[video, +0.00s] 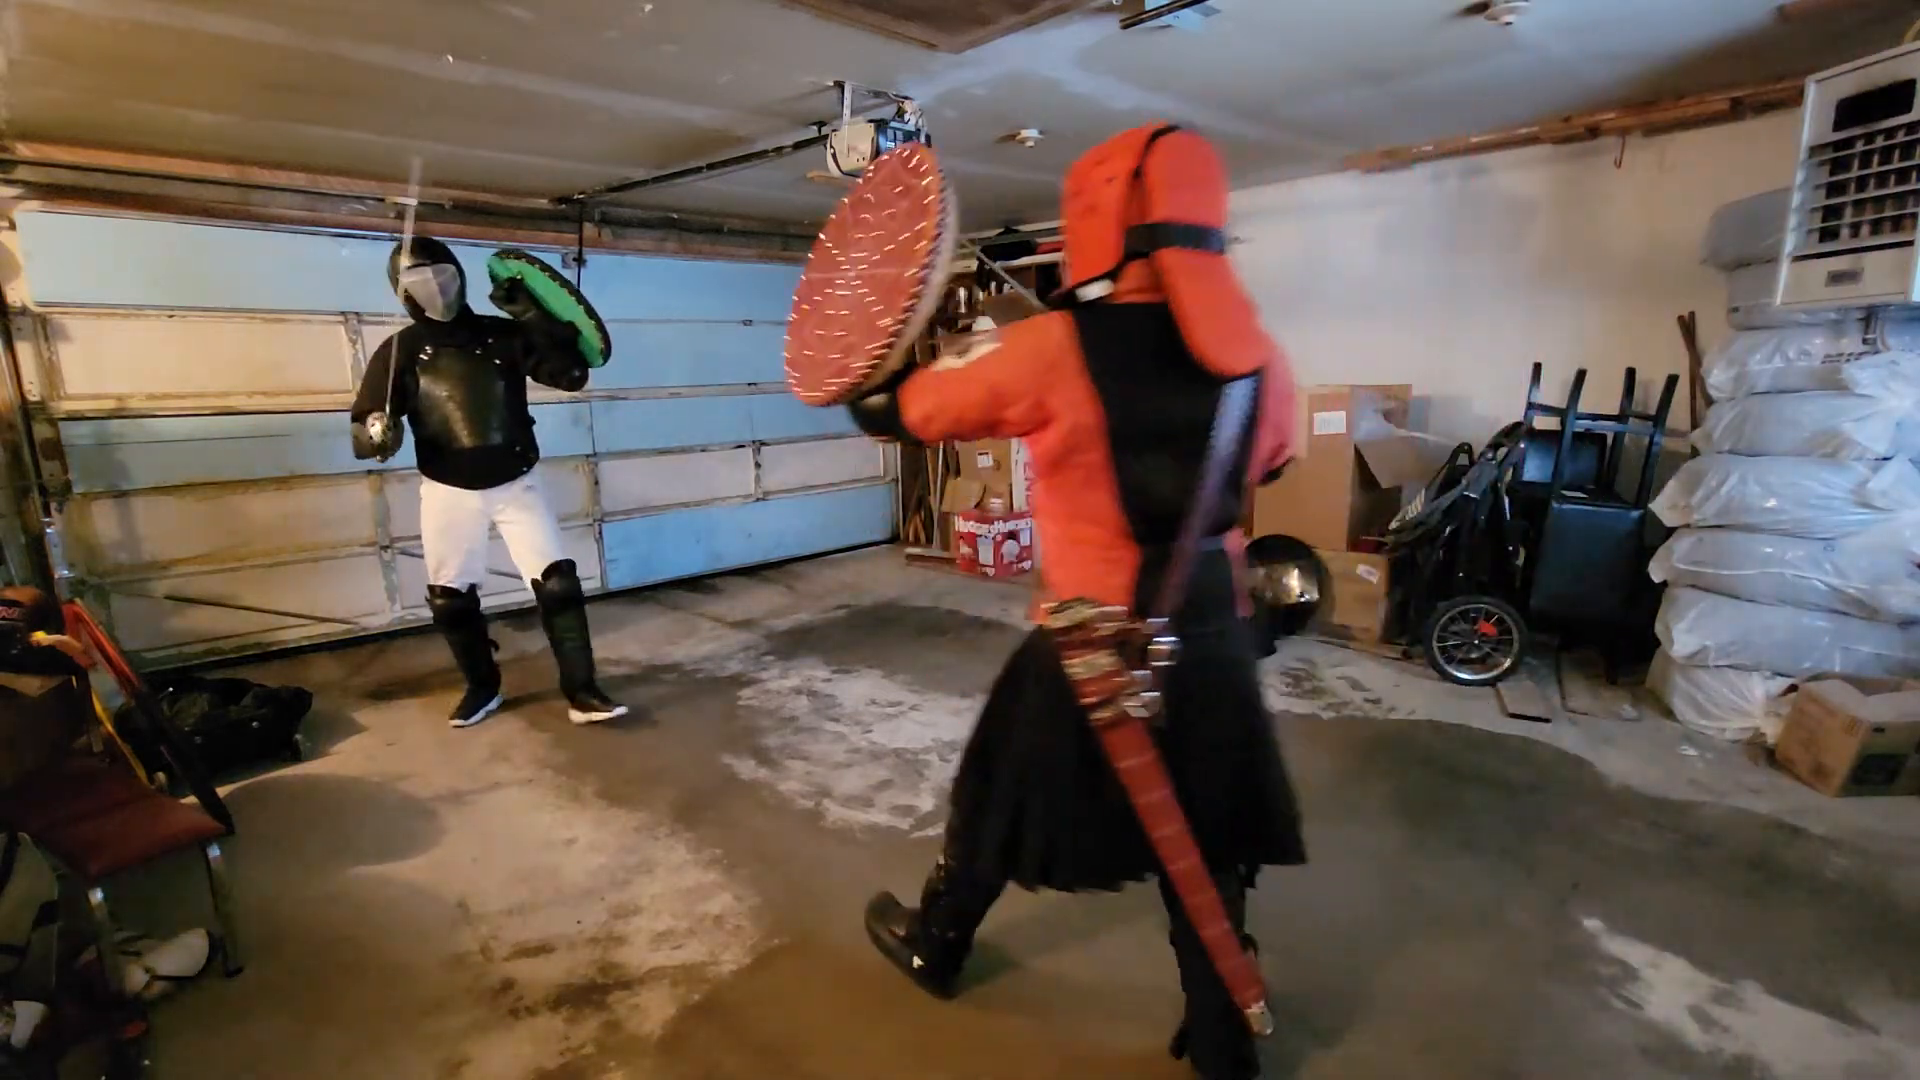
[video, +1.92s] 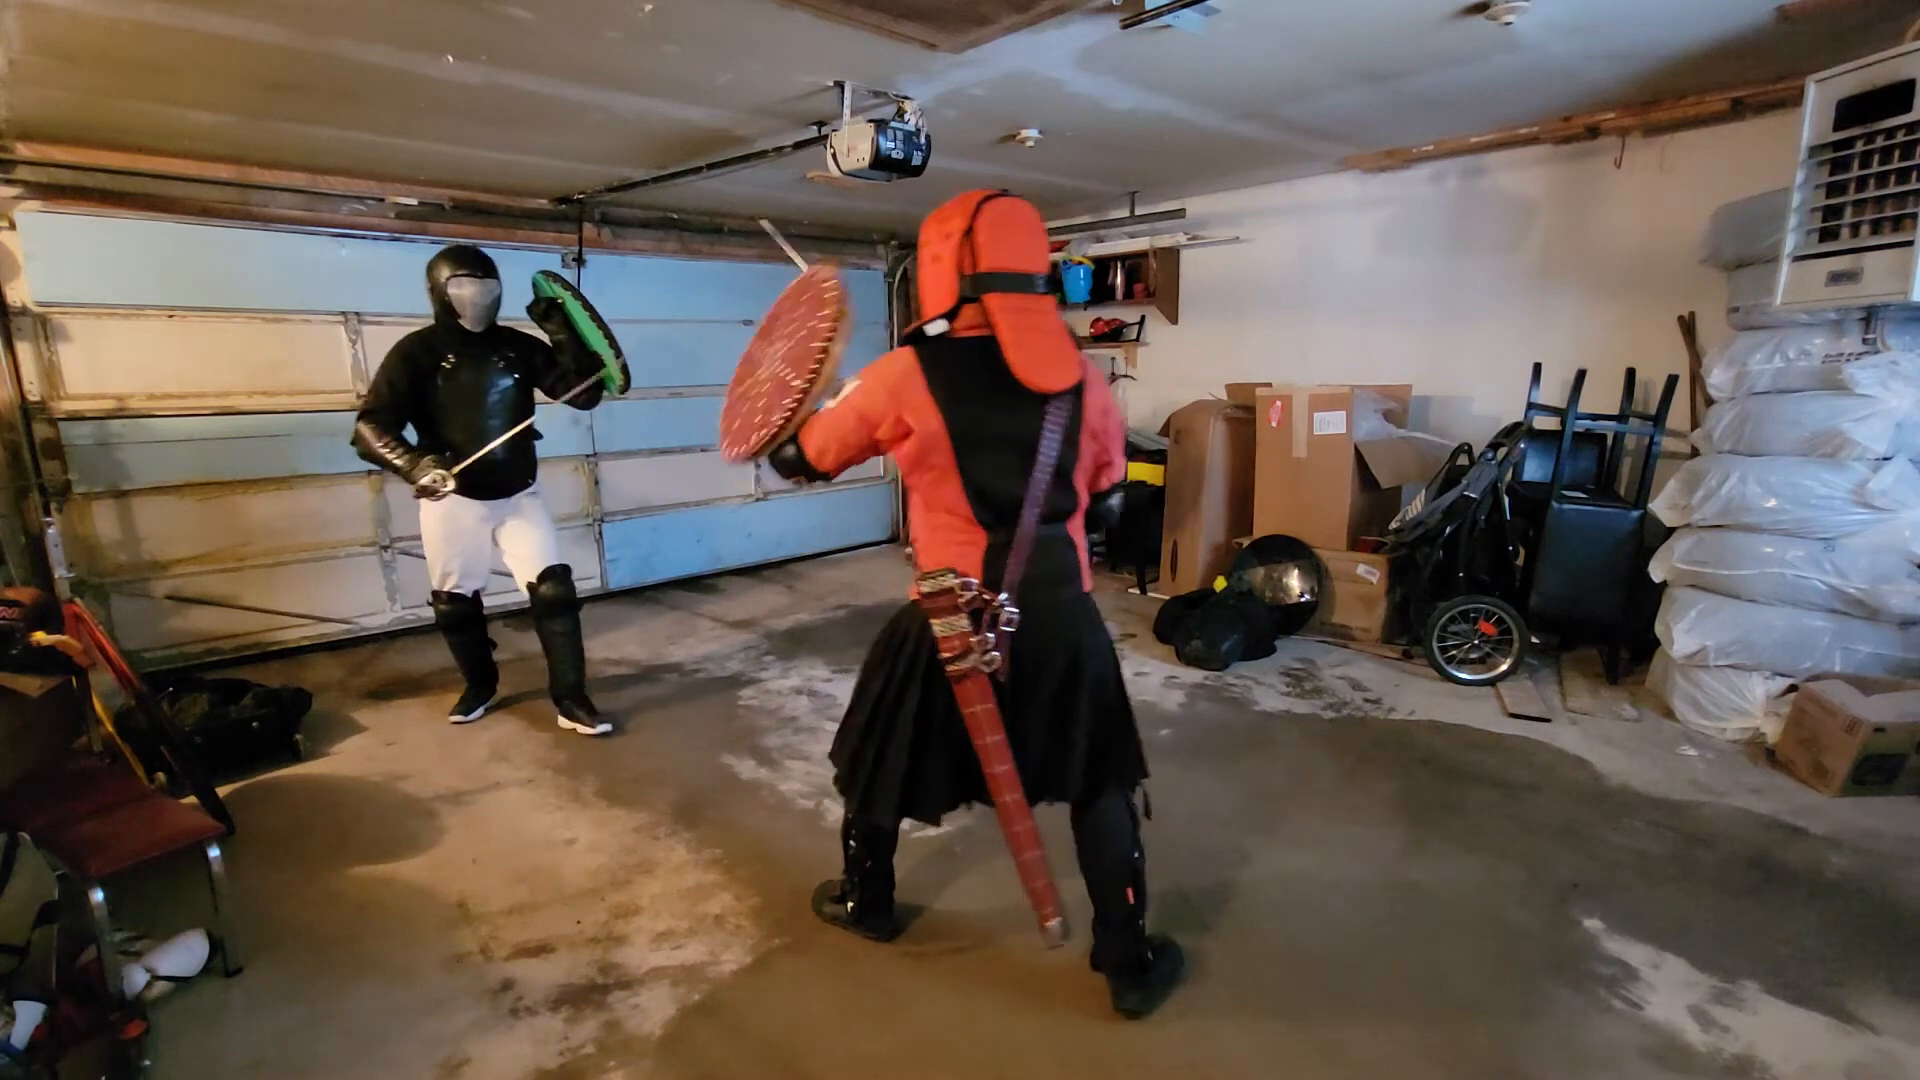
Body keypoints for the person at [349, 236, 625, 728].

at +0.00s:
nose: (434, 285)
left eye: (441, 273)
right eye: (419, 278)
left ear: (458, 274)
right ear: (402, 290)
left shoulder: (503, 334)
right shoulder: (399, 351)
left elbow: (572, 375)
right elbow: (361, 433)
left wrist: (533, 315)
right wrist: (376, 438)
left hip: (517, 485)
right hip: (448, 493)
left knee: (558, 582)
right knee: (449, 599)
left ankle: (582, 691)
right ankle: (482, 686)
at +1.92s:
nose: (483, 290)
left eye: (488, 280)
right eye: (469, 281)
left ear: (497, 286)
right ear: (444, 291)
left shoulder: (519, 347)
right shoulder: (417, 353)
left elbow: (584, 393)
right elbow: (370, 429)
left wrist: (562, 331)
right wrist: (416, 465)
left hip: (518, 496)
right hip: (450, 500)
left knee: (554, 589)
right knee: (453, 605)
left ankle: (571, 697)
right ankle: (480, 684)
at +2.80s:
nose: (469, 306)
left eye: (475, 296)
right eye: (457, 298)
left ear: (486, 302)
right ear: (434, 306)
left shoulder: (511, 362)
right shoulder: (410, 366)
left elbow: (570, 408)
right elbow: (366, 435)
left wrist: (548, 347)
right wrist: (397, 497)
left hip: (503, 503)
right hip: (436, 506)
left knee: (538, 588)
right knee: (438, 609)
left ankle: (566, 692)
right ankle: (469, 673)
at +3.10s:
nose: (453, 302)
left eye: (457, 293)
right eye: (440, 294)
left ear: (467, 299)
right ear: (416, 305)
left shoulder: (494, 357)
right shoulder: (394, 364)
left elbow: (554, 396)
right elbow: (352, 433)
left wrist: (526, 339)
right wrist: (377, 495)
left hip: (493, 497)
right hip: (428, 500)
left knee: (523, 590)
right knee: (433, 600)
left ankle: (523, 669)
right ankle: (467, 672)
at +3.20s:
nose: (452, 302)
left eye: (457, 293)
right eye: (439, 295)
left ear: (467, 299)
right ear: (415, 305)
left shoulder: (491, 356)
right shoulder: (394, 364)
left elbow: (553, 394)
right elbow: (351, 433)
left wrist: (524, 338)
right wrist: (376, 490)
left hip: (494, 495)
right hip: (429, 499)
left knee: (533, 580)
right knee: (432, 598)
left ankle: (530, 666)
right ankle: (467, 672)